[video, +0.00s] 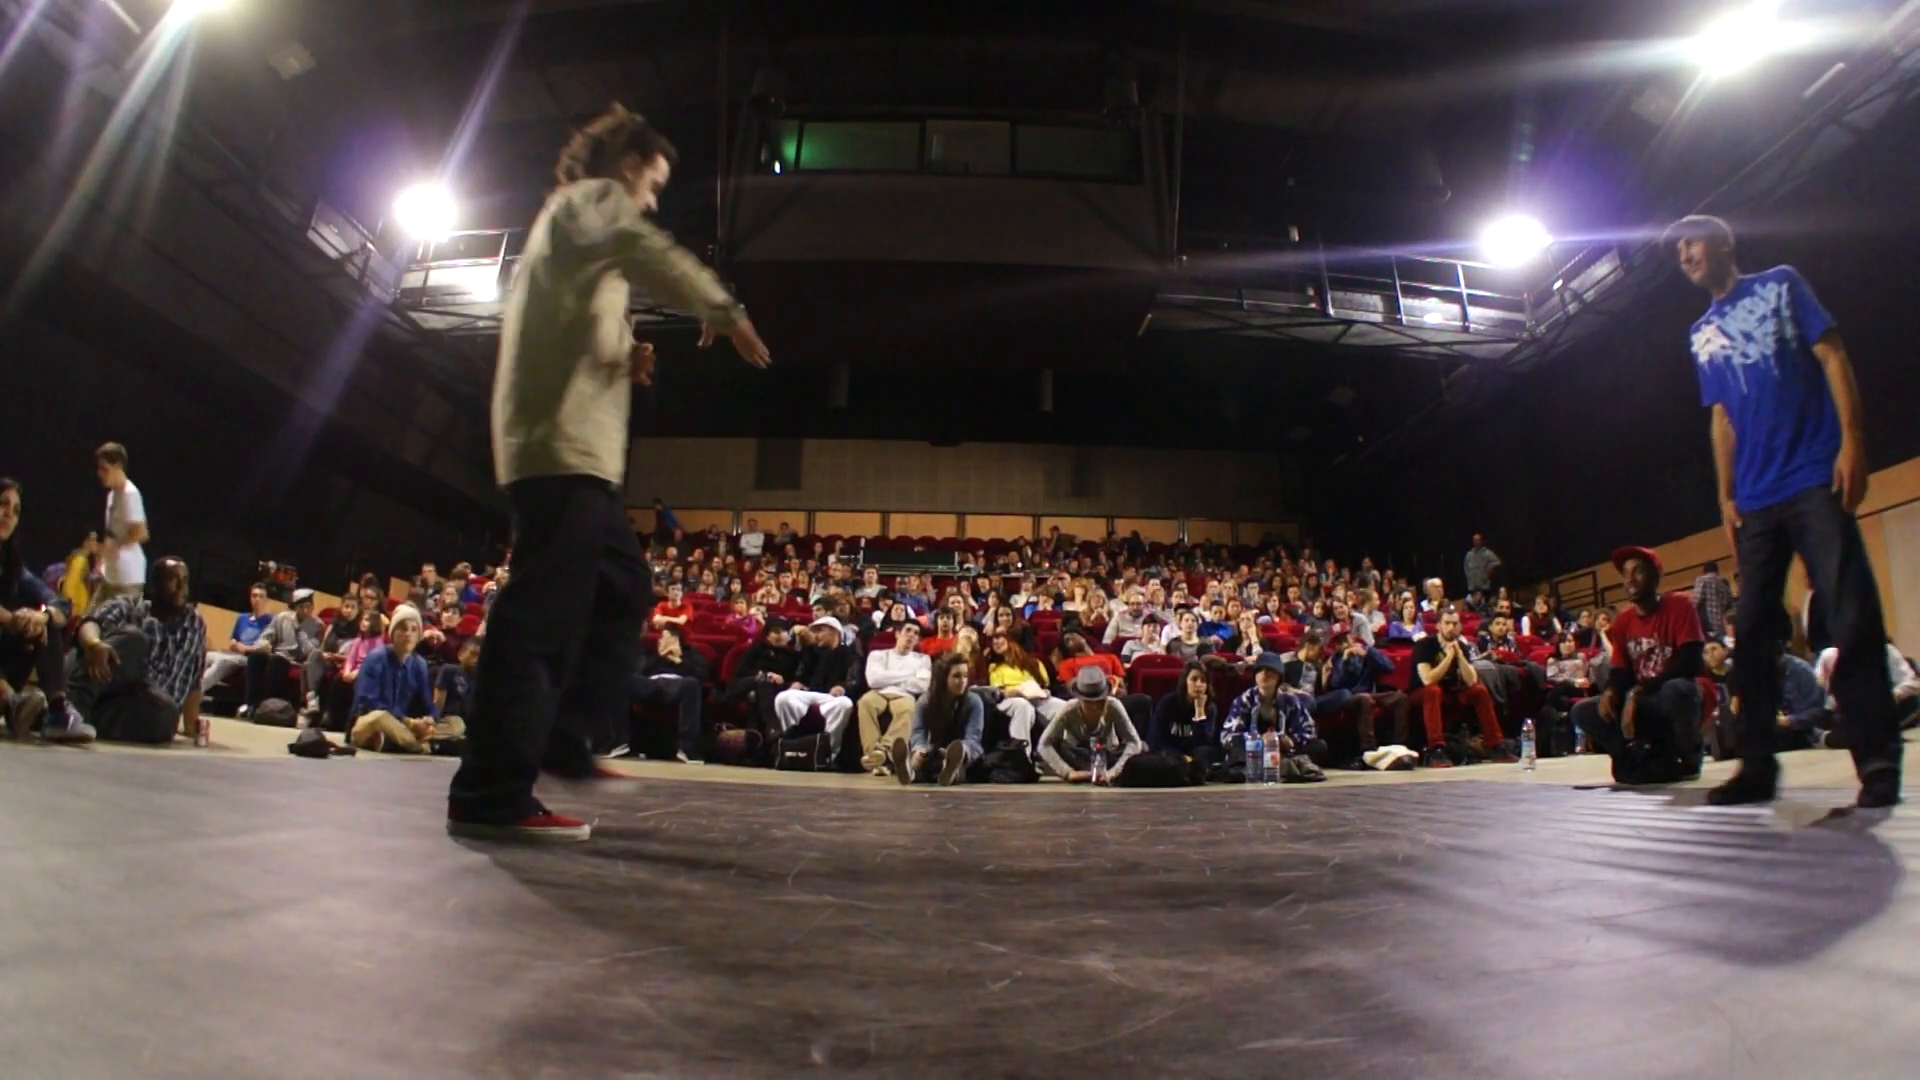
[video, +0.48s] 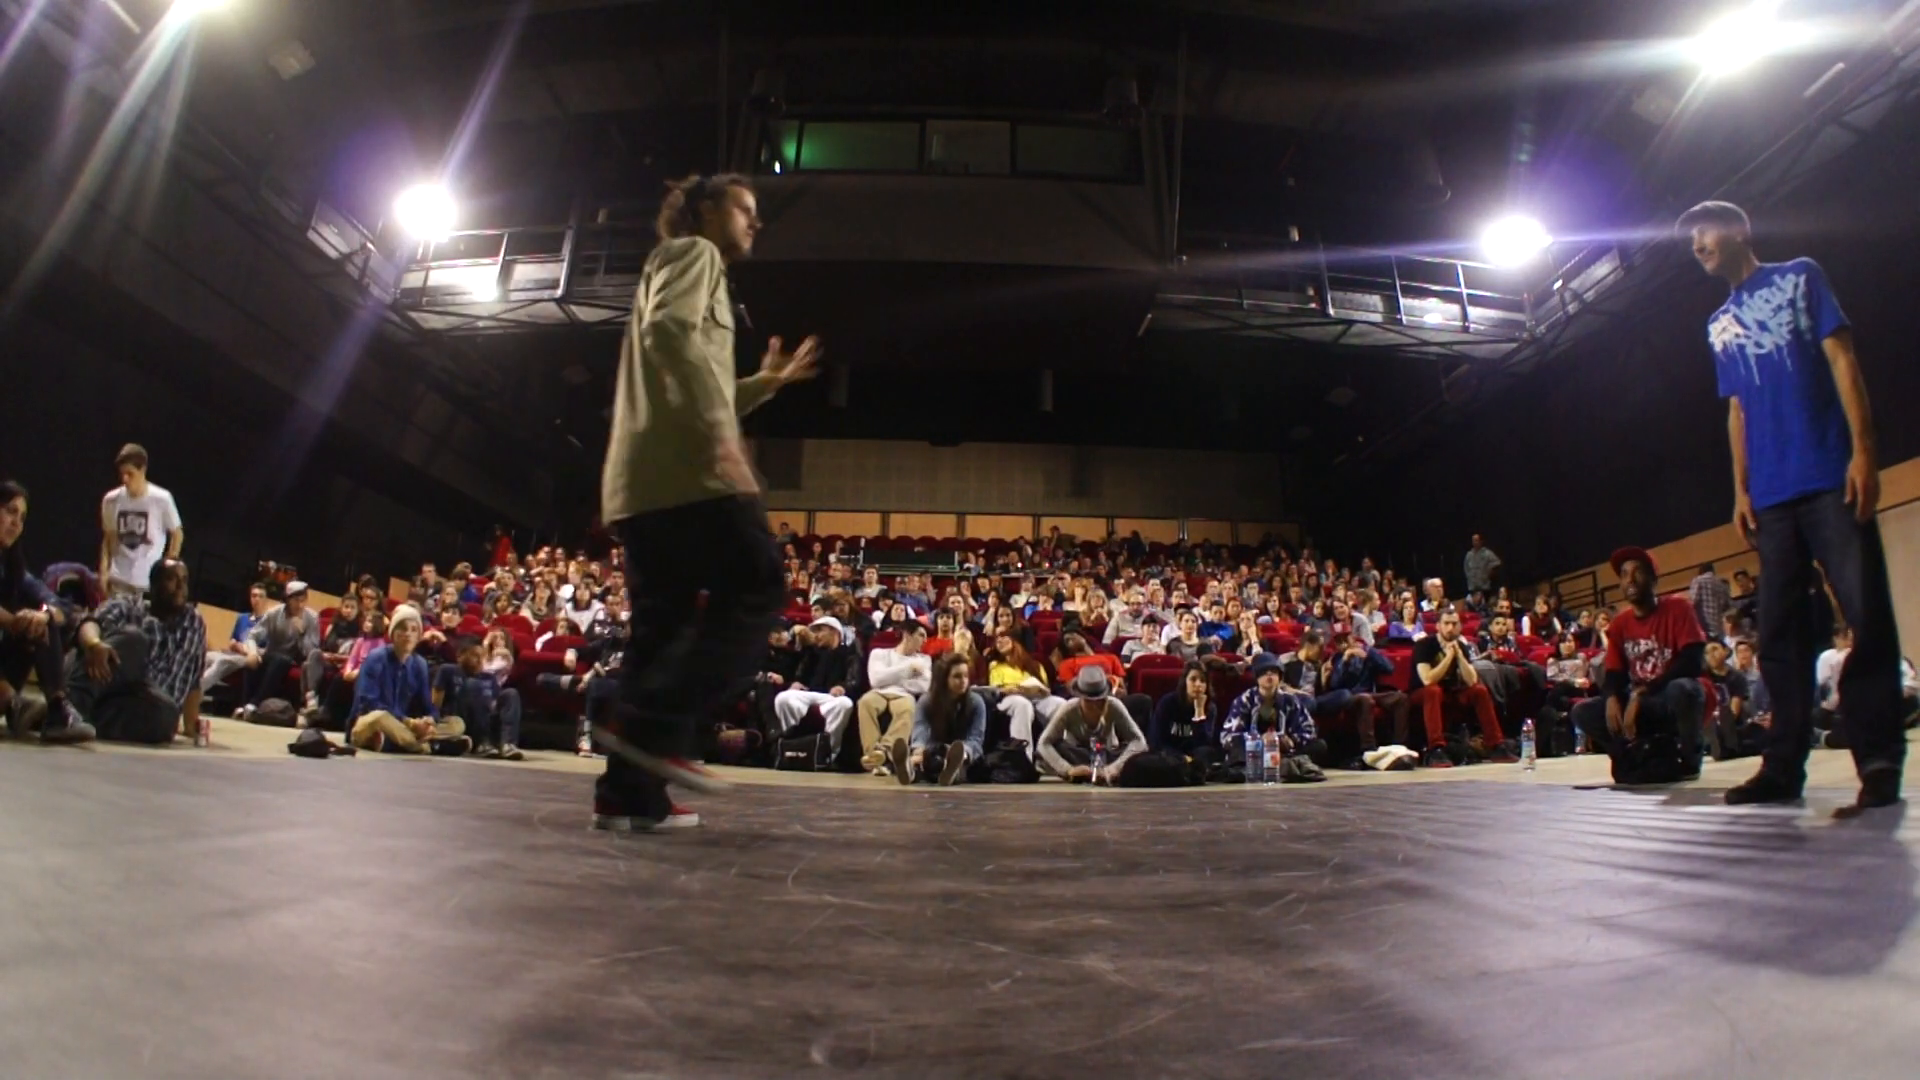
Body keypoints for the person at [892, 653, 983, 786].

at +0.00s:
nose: (962, 681)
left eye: (965, 676)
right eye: (956, 676)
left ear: (968, 678)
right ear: (943, 678)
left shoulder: (974, 702)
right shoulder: (926, 701)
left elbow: (973, 738)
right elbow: (918, 731)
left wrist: (960, 751)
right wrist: (919, 749)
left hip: (959, 750)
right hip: (932, 749)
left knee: (955, 762)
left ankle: (950, 772)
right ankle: (910, 770)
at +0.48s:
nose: (963, 681)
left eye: (966, 676)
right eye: (957, 676)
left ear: (969, 677)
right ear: (944, 678)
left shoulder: (975, 702)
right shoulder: (927, 701)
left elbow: (976, 739)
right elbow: (921, 727)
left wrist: (963, 752)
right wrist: (918, 750)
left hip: (961, 748)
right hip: (933, 746)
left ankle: (949, 772)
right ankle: (911, 770)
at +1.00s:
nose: (963, 681)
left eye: (966, 676)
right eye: (957, 677)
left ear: (969, 677)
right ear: (943, 678)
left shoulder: (975, 702)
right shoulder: (926, 702)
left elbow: (973, 737)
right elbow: (919, 731)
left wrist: (962, 751)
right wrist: (920, 748)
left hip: (961, 749)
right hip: (934, 749)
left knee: (956, 762)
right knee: (920, 762)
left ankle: (949, 773)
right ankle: (910, 769)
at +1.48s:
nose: (952, 673)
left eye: (958, 669)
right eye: (947, 668)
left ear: (965, 674)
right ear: (938, 673)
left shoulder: (975, 701)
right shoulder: (925, 701)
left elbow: (973, 738)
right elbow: (920, 731)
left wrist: (960, 751)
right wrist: (919, 748)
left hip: (962, 750)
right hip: (934, 749)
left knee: (957, 762)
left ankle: (950, 772)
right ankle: (910, 768)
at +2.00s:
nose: (949, 672)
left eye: (955, 668)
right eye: (944, 667)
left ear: (963, 674)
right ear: (937, 673)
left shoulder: (975, 701)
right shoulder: (926, 701)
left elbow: (974, 738)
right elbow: (920, 730)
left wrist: (961, 751)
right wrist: (920, 747)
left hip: (962, 751)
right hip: (934, 749)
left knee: (956, 763)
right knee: (920, 761)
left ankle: (949, 774)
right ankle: (910, 769)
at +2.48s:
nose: (947, 672)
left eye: (953, 668)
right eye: (942, 668)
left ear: (962, 673)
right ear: (936, 673)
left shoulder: (974, 701)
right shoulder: (925, 701)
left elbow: (974, 737)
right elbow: (920, 730)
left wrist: (961, 751)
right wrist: (920, 748)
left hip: (961, 752)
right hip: (933, 750)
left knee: (955, 764)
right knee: (918, 762)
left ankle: (949, 774)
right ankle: (909, 769)